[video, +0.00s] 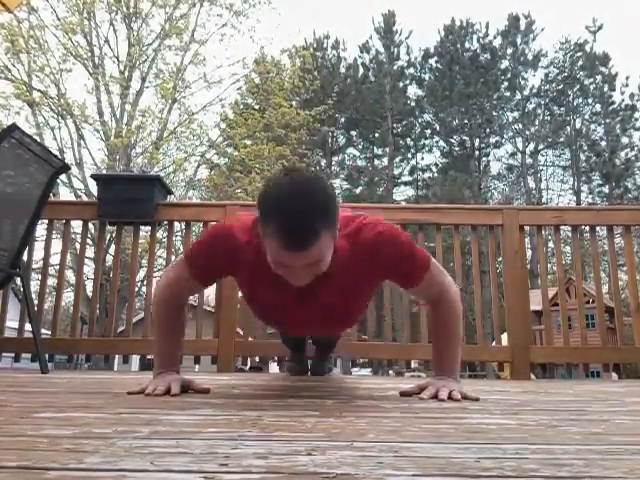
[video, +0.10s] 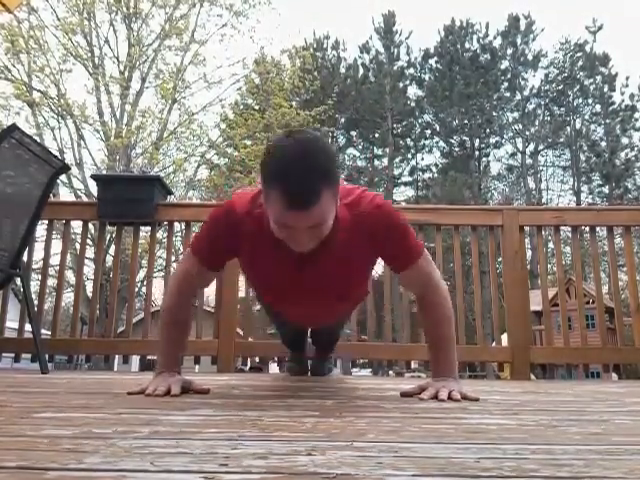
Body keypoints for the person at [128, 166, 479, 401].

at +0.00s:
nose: (298, 277)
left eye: (311, 266)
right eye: (283, 267)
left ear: (336, 234)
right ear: (261, 237)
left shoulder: (377, 241)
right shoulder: (232, 241)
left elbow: (443, 293)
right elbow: (169, 289)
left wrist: (446, 377)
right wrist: (166, 369)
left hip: (337, 315)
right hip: (278, 314)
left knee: (326, 341)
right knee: (293, 340)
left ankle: (322, 357)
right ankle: (296, 356)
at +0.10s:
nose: (301, 240)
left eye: (315, 227)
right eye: (285, 227)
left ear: (336, 195)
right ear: (264, 200)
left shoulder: (375, 217)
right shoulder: (234, 219)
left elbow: (430, 288)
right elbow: (183, 287)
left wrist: (445, 376)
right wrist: (167, 371)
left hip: (337, 309)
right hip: (280, 308)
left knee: (326, 338)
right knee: (292, 337)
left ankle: (322, 359)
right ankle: (295, 357)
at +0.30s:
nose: (299, 265)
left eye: (313, 251)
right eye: (284, 252)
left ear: (336, 217)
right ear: (263, 222)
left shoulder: (372, 230)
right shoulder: (233, 232)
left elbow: (438, 290)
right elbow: (172, 289)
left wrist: (445, 375)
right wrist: (166, 371)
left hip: (335, 320)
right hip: (279, 320)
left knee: (325, 343)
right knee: (291, 343)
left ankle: (322, 359)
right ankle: (295, 358)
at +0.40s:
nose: (299, 324)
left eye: (313, 311)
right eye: (283, 312)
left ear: (335, 273)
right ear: (260, 275)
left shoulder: (372, 264)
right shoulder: (233, 262)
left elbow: (447, 293)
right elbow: (163, 289)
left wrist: (446, 375)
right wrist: (165, 370)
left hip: (337, 348)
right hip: (273, 347)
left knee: (330, 357)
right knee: (286, 355)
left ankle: (330, 362)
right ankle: (295, 358)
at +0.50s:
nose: (296, 386)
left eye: (312, 373)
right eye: (281, 373)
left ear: (337, 328)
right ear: (257, 324)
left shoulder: (372, 296)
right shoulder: (234, 294)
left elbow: (448, 291)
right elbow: (161, 285)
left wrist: (446, 374)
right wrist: (164, 369)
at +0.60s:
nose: (297, 381)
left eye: (312, 371)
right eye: (280, 372)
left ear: (336, 326)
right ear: (256, 323)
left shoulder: (370, 294)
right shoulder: (233, 292)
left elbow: (449, 291)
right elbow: (161, 287)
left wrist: (446, 375)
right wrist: (164, 369)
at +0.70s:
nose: (296, 325)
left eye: (309, 315)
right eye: (281, 316)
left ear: (333, 280)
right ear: (259, 282)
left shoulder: (372, 268)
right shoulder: (232, 266)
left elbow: (449, 292)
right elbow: (163, 288)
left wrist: (447, 376)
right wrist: (164, 370)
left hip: (338, 336)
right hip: (267, 339)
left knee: (324, 357)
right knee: (282, 354)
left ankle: (321, 360)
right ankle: (294, 358)